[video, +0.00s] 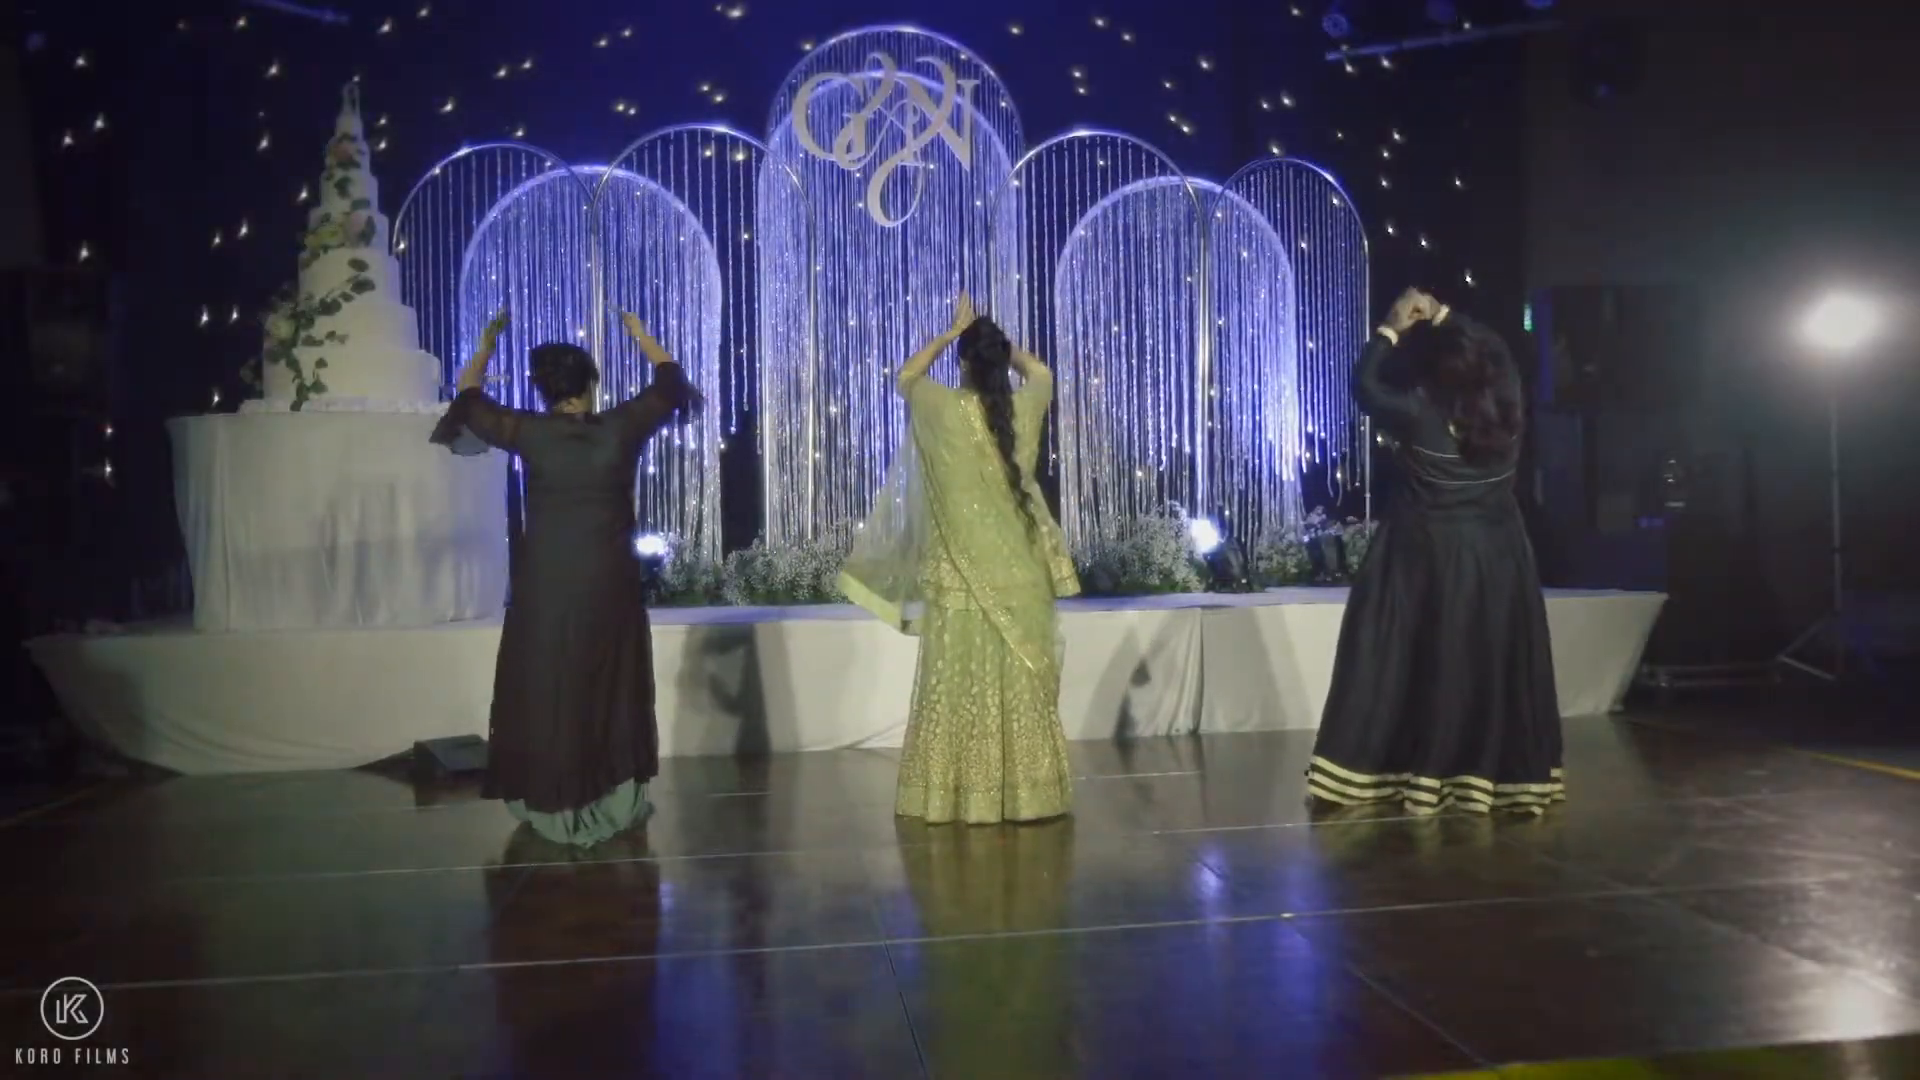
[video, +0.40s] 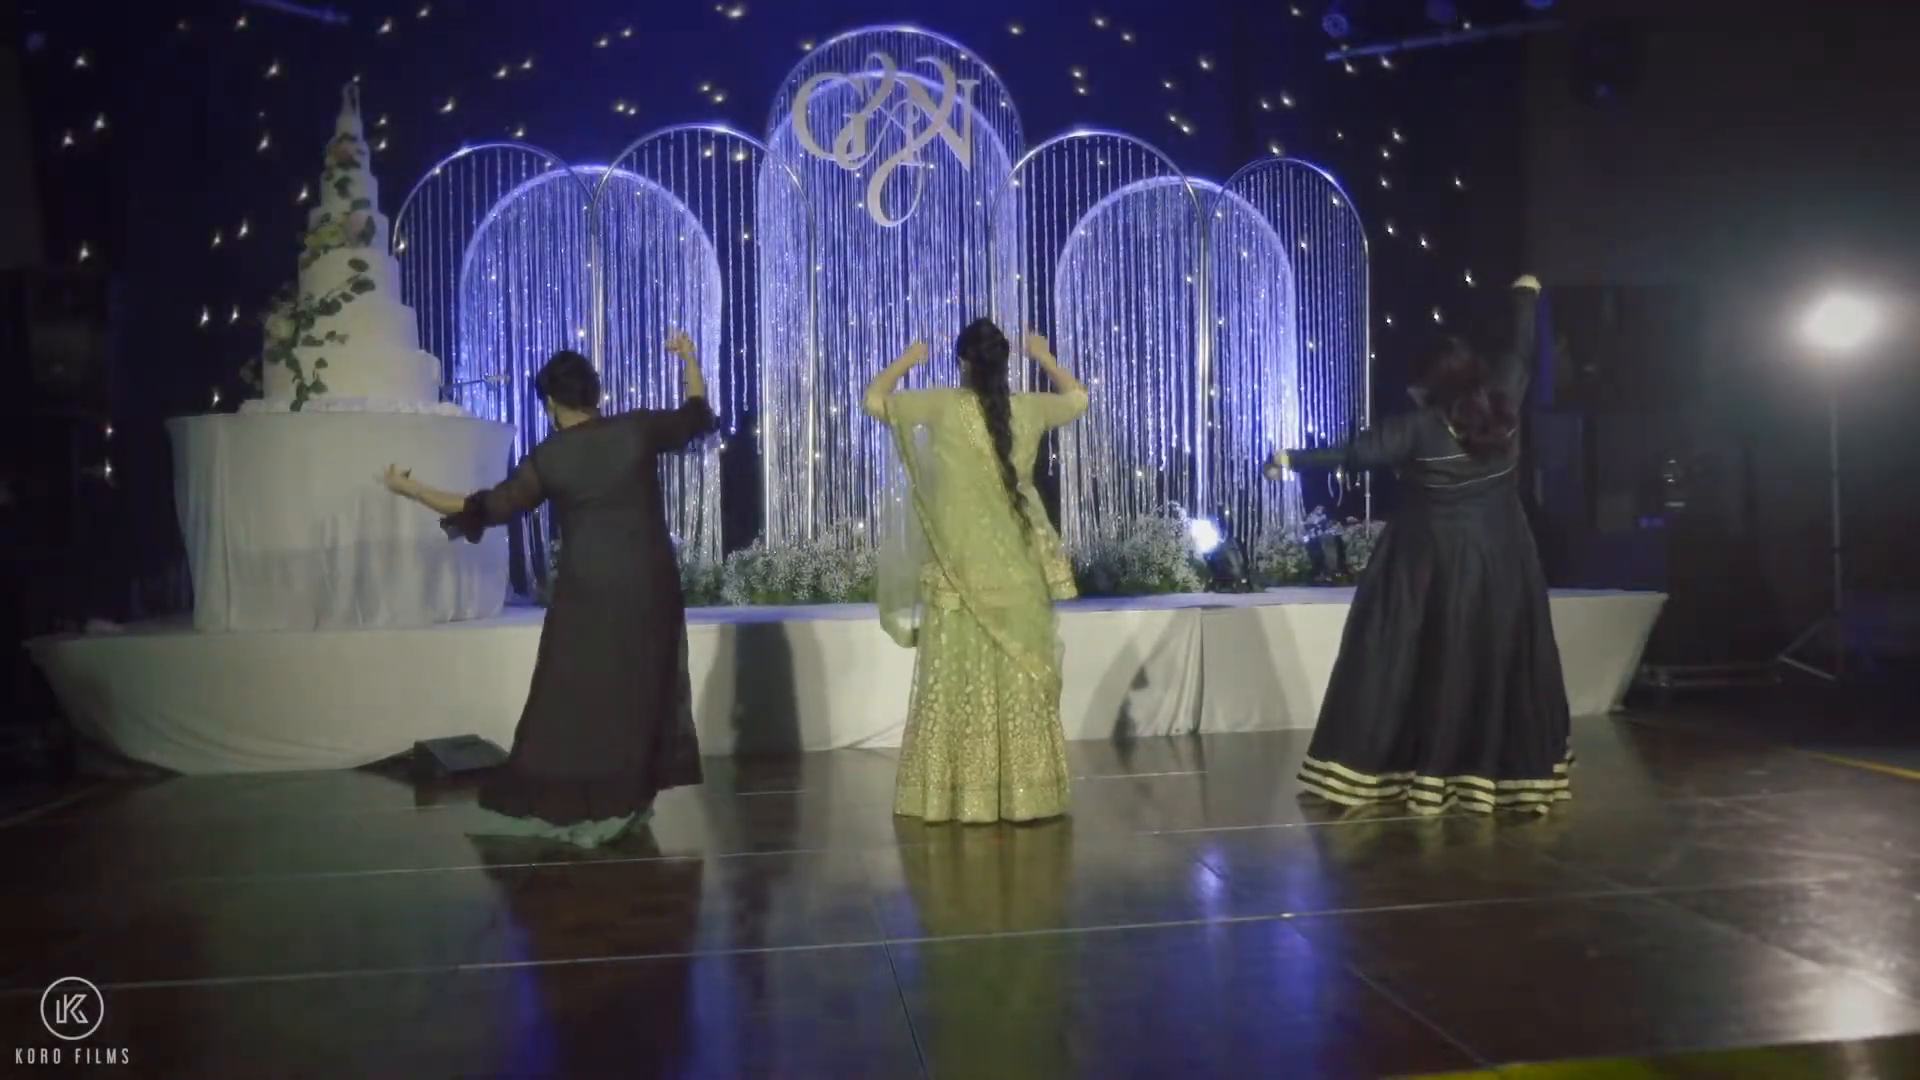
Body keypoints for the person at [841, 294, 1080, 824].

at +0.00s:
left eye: (968, 355)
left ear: (963, 363)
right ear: (1004, 363)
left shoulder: (941, 409)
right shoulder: (1025, 407)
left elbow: (907, 376)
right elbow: (1041, 374)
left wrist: (951, 334)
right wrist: (1003, 343)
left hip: (963, 563)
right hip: (1022, 562)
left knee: (959, 685)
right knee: (1024, 682)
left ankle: (961, 795)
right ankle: (1027, 795)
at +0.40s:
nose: (963, 365)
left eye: (962, 358)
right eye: (975, 357)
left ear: (961, 363)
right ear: (1005, 363)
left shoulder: (939, 406)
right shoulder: (1027, 408)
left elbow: (874, 401)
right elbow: (1078, 398)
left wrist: (904, 361)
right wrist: (1047, 358)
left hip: (958, 563)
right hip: (1017, 562)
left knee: (958, 682)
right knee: (1022, 679)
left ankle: (961, 795)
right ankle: (1026, 794)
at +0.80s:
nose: (955, 368)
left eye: (955, 361)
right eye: (959, 360)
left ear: (960, 364)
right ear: (1000, 360)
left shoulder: (946, 409)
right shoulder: (1028, 411)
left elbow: (894, 455)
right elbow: (1085, 442)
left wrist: (868, 401)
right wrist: (1105, 405)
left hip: (962, 574)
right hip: (1022, 575)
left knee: (963, 689)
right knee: (1025, 687)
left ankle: (965, 796)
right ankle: (1026, 797)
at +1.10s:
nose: (955, 369)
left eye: (955, 362)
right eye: (958, 361)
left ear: (961, 364)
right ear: (1000, 361)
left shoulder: (949, 410)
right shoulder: (1030, 414)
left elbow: (896, 464)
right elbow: (1091, 461)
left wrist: (827, 463)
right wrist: (1147, 470)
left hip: (967, 580)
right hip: (1027, 578)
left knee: (966, 692)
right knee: (1028, 689)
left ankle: (969, 798)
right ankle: (1032, 797)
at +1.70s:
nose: (943, 378)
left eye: (945, 370)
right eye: (944, 370)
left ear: (959, 369)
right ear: (988, 367)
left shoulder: (946, 412)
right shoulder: (1024, 416)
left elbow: (908, 462)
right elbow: (1069, 468)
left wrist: (844, 442)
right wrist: (1110, 469)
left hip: (966, 573)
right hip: (1026, 572)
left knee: (968, 686)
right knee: (1029, 683)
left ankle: (970, 796)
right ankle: (1028, 795)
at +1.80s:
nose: (940, 377)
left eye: (942, 369)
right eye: (941, 369)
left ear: (957, 368)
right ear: (985, 367)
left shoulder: (945, 411)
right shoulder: (1018, 416)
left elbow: (919, 469)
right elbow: (1056, 483)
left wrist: (857, 460)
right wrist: (1068, 503)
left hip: (968, 573)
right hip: (1025, 571)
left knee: (967, 686)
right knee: (1028, 682)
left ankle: (971, 795)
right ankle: (1029, 794)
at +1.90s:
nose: (931, 376)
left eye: (934, 368)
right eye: (931, 368)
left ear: (955, 366)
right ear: (970, 366)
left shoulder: (948, 409)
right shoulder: (995, 413)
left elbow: (933, 469)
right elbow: (1031, 486)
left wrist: (869, 469)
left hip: (969, 570)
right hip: (1013, 566)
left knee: (967, 681)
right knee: (1012, 681)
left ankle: (966, 795)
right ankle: (1014, 795)